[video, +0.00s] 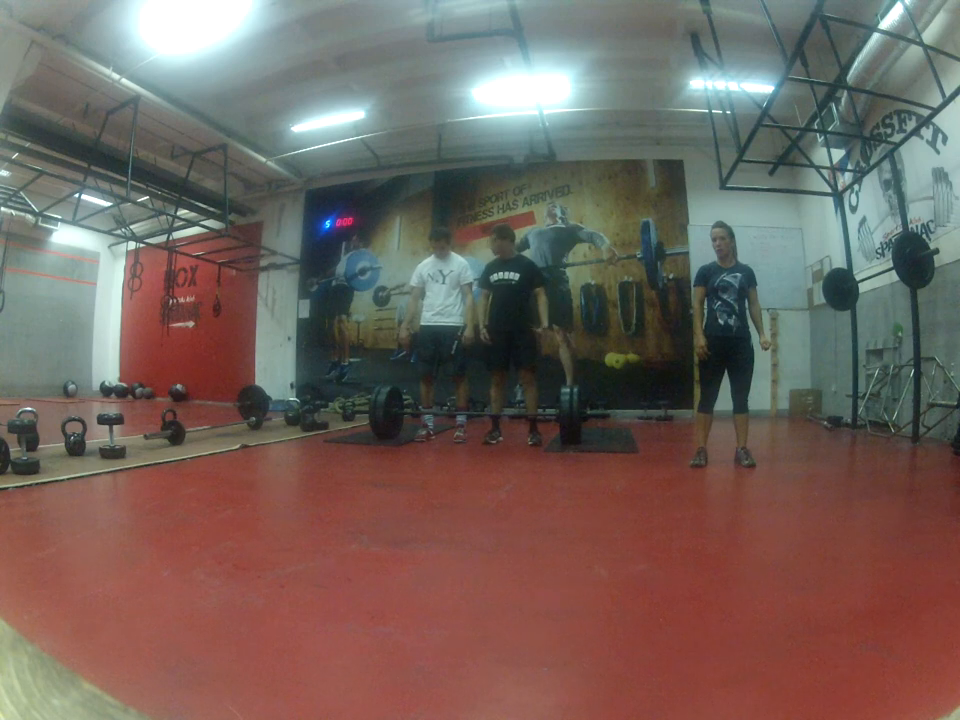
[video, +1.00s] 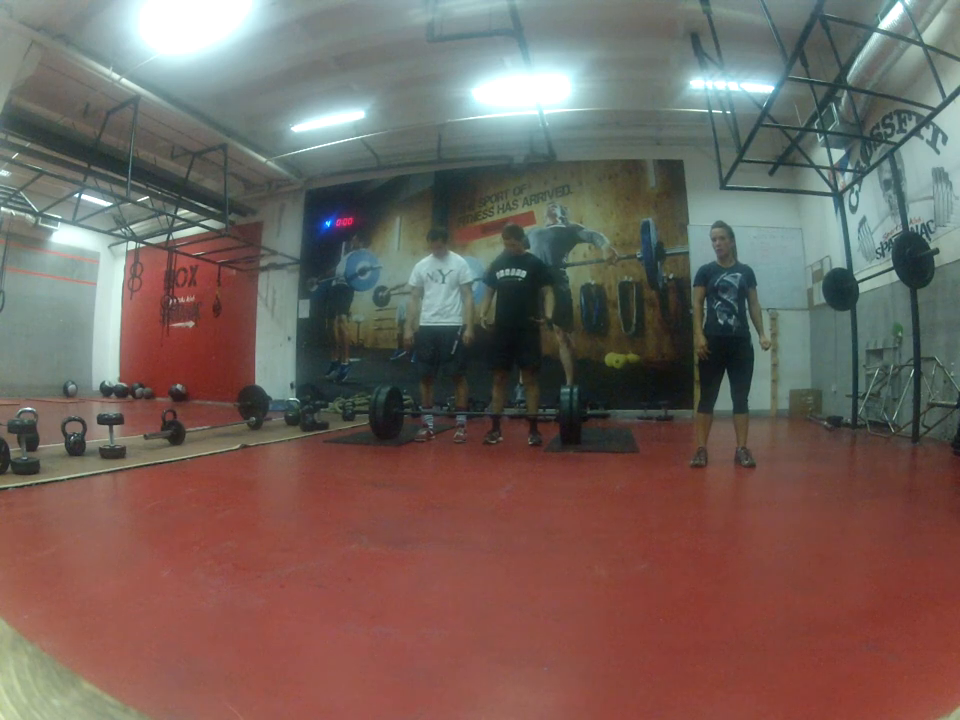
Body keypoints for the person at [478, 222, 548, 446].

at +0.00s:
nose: (491, 246)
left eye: (494, 242)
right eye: (491, 242)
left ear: (507, 241)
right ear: (497, 242)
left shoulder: (528, 265)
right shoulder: (491, 267)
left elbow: (541, 294)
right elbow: (483, 298)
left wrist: (544, 324)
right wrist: (482, 325)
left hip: (524, 329)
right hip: (497, 330)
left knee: (527, 377)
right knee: (497, 378)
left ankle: (533, 428)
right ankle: (495, 428)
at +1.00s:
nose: (506, 246)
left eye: (510, 242)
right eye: (505, 242)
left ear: (520, 240)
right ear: (503, 241)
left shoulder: (535, 263)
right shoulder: (498, 262)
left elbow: (548, 291)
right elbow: (489, 292)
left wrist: (548, 316)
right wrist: (483, 314)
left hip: (528, 327)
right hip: (503, 327)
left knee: (530, 378)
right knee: (499, 377)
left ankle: (533, 429)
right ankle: (495, 428)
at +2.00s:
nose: (505, 250)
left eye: (508, 246)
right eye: (501, 247)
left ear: (514, 243)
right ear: (495, 246)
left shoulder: (528, 264)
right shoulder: (489, 267)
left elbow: (541, 292)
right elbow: (482, 299)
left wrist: (540, 321)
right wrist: (481, 327)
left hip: (525, 329)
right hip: (499, 329)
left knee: (528, 378)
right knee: (499, 378)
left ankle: (533, 428)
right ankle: (495, 428)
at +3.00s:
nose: (507, 263)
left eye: (510, 259)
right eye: (503, 259)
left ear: (517, 254)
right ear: (497, 256)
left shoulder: (530, 272)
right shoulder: (492, 272)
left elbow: (542, 304)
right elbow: (482, 306)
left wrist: (542, 337)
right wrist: (482, 341)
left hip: (527, 333)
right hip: (502, 334)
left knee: (530, 378)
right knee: (500, 379)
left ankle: (533, 429)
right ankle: (495, 428)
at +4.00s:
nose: (506, 300)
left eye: (508, 296)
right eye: (502, 296)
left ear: (515, 291)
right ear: (496, 292)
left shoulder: (530, 299)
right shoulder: (489, 300)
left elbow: (540, 330)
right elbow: (480, 332)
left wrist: (541, 367)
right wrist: (480, 369)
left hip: (526, 341)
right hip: (501, 341)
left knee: (530, 378)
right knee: (498, 378)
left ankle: (534, 429)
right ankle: (495, 428)